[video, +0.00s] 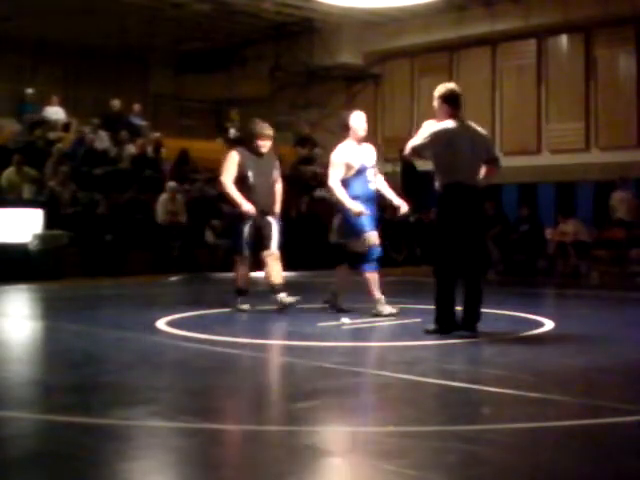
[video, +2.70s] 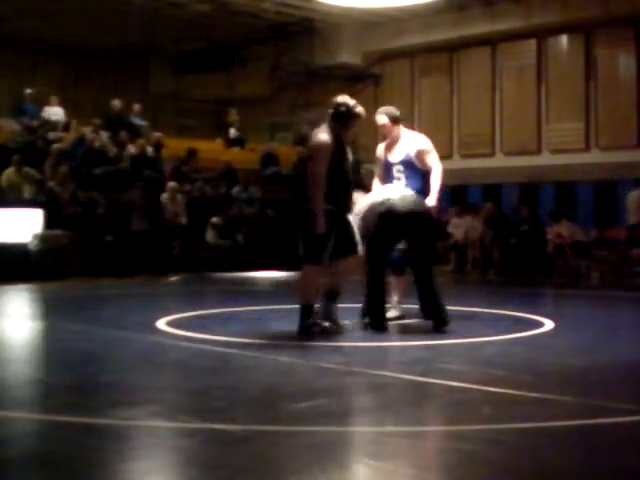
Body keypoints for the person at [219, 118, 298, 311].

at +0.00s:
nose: (265, 143)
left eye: (268, 139)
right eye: (261, 139)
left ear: (272, 140)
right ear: (252, 140)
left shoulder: (272, 159)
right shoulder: (237, 156)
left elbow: (277, 183)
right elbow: (226, 180)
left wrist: (276, 208)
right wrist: (243, 203)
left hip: (267, 212)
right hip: (246, 213)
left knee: (272, 253)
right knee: (244, 256)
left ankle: (279, 289)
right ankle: (241, 292)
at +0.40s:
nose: (295, 142)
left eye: (298, 138)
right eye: (292, 138)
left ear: (300, 138)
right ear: (281, 136)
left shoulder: (302, 156)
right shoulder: (261, 151)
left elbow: (308, 180)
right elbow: (244, 174)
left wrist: (312, 205)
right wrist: (241, 206)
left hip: (292, 209)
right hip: (266, 208)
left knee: (290, 255)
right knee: (266, 251)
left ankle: (286, 297)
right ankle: (263, 295)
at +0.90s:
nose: (306, 132)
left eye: (307, 127)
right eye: (302, 127)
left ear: (307, 129)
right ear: (289, 128)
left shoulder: (306, 150)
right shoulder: (271, 147)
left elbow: (309, 179)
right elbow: (264, 175)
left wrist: (310, 208)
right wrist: (275, 204)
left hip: (303, 210)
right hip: (282, 210)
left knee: (314, 251)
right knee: (281, 257)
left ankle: (293, 293)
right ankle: (278, 303)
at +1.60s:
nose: (334, 121)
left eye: (335, 116)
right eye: (330, 116)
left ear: (330, 120)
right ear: (317, 118)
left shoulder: (328, 146)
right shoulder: (302, 139)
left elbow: (334, 181)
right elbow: (296, 168)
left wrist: (343, 207)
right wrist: (309, 202)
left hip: (327, 208)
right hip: (310, 207)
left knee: (322, 257)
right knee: (311, 254)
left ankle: (316, 308)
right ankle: (294, 307)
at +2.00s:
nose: (340, 127)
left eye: (339, 121)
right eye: (337, 121)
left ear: (313, 120)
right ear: (327, 120)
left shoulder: (301, 142)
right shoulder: (321, 140)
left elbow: (298, 179)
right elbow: (329, 174)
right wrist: (339, 205)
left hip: (302, 208)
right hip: (316, 209)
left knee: (308, 262)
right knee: (312, 262)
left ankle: (309, 311)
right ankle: (310, 313)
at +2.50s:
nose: (347, 128)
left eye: (348, 123)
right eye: (346, 123)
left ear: (327, 118)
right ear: (335, 121)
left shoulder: (319, 141)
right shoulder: (318, 143)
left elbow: (319, 184)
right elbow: (316, 185)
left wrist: (334, 209)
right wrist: (323, 215)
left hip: (311, 209)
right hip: (311, 210)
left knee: (312, 261)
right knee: (314, 262)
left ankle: (297, 306)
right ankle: (303, 313)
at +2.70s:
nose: (355, 129)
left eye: (356, 124)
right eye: (354, 123)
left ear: (340, 118)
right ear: (343, 120)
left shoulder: (340, 142)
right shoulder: (323, 142)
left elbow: (343, 178)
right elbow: (317, 183)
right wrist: (319, 217)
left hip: (337, 212)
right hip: (321, 212)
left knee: (346, 259)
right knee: (314, 266)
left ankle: (329, 310)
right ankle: (307, 318)